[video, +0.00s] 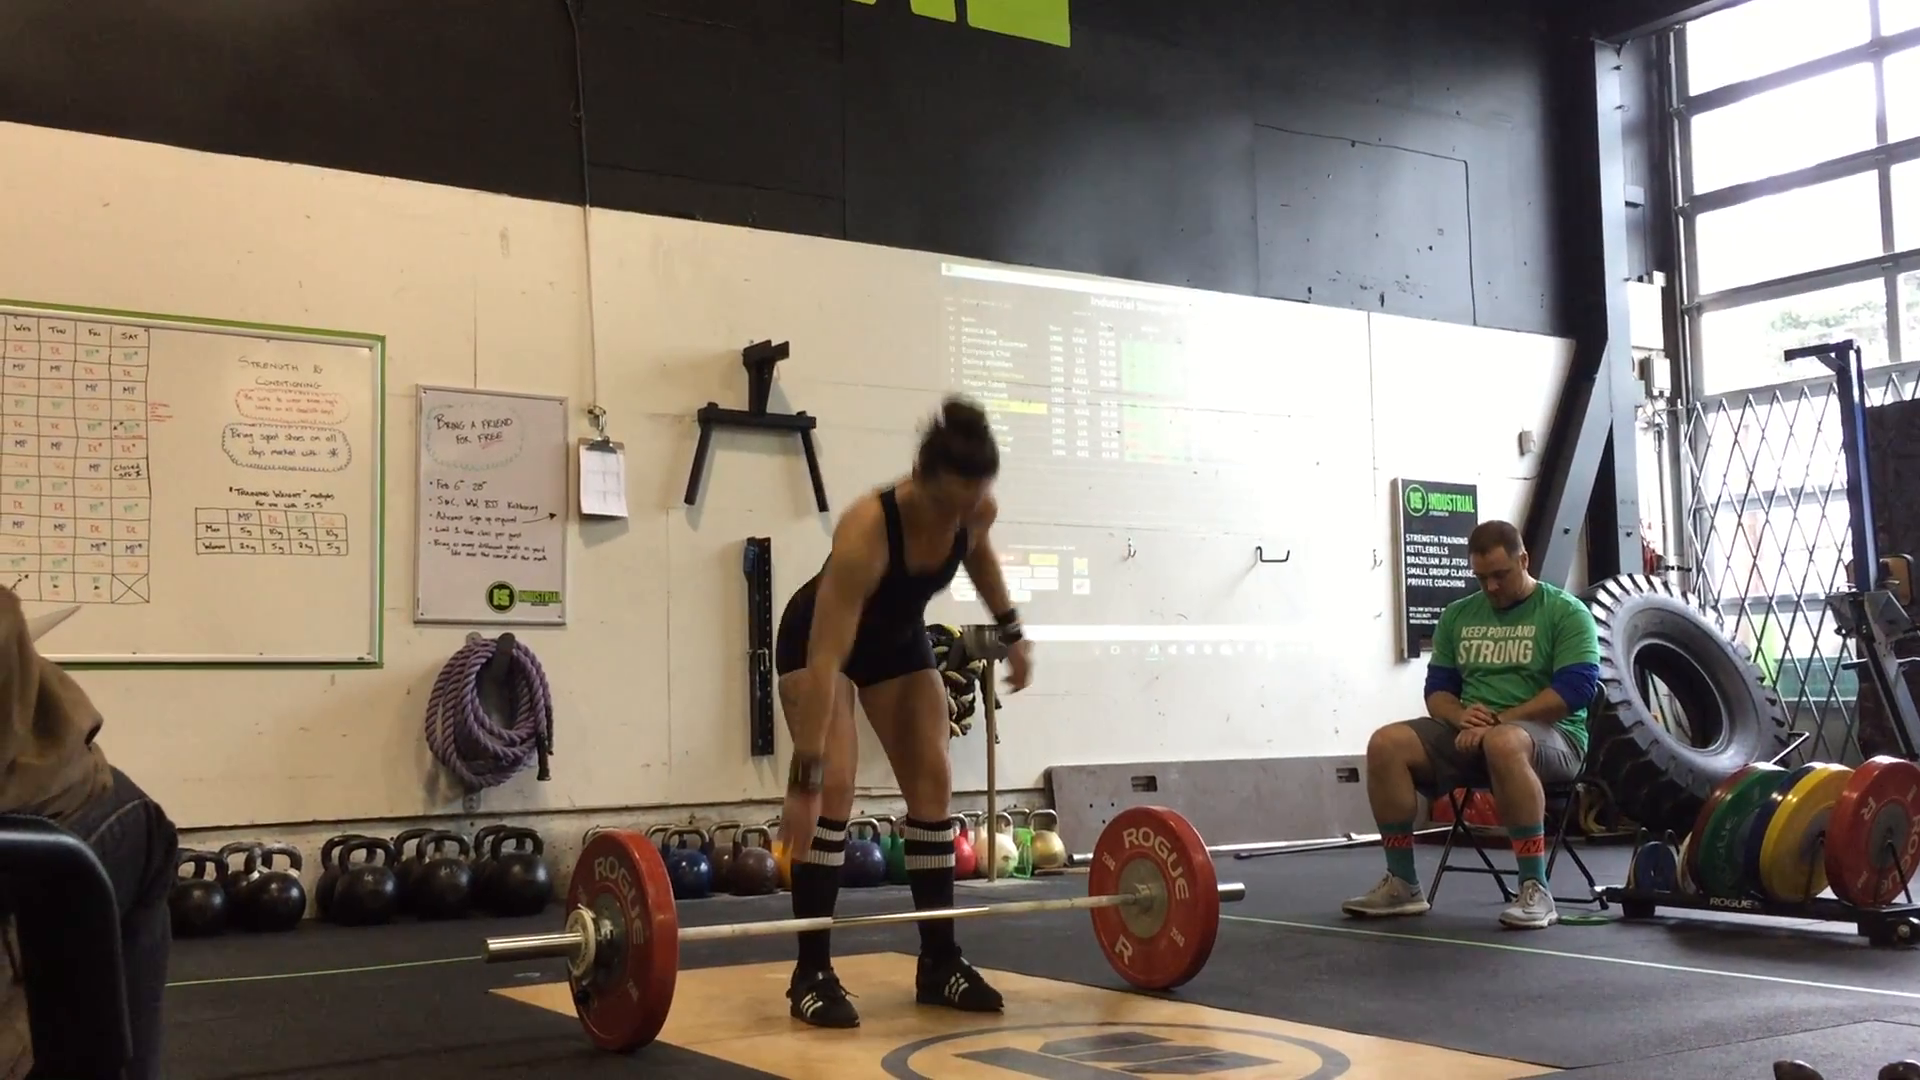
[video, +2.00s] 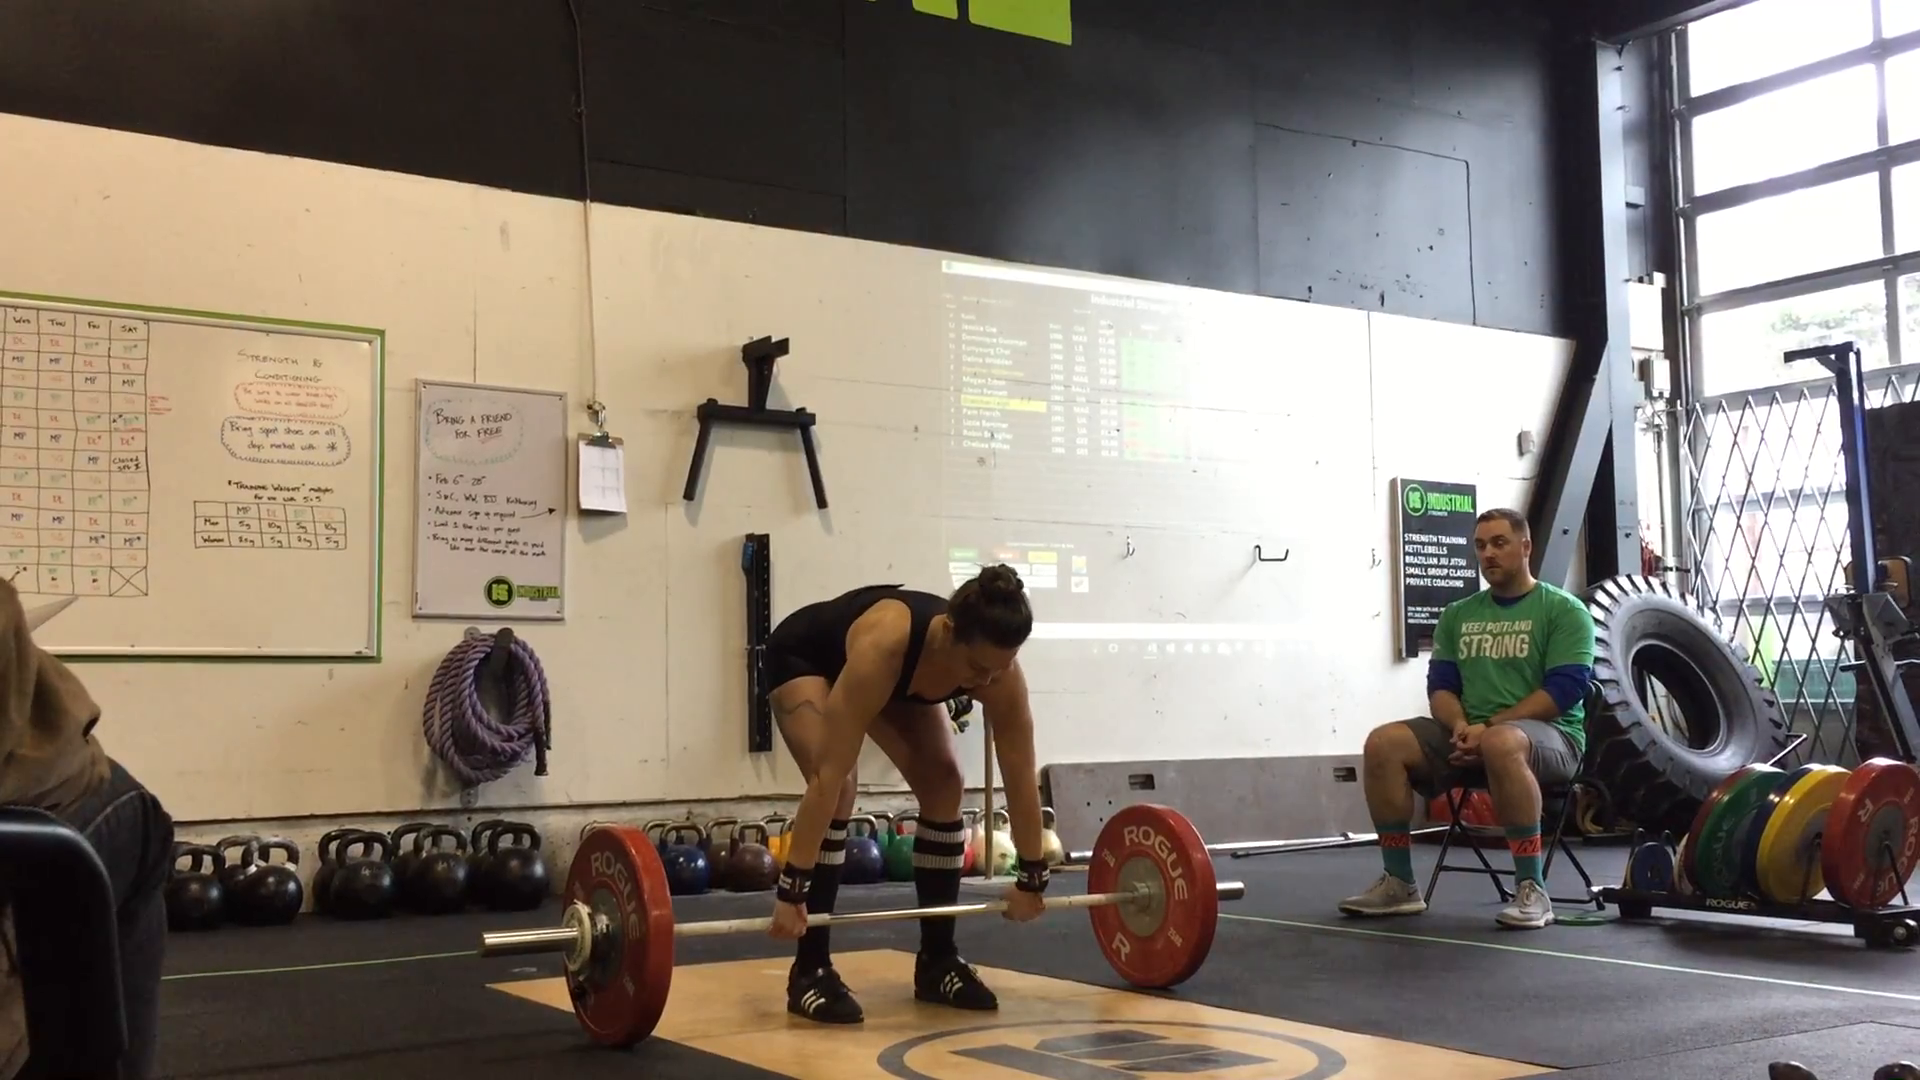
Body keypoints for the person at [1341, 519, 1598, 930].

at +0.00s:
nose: (1491, 587)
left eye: (1500, 575)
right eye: (1482, 577)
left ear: (1525, 560)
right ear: (1472, 569)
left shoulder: (1566, 611)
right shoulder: (1456, 616)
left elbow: (1577, 687)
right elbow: (1438, 692)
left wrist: (1498, 724)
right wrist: (1460, 715)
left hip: (1552, 735)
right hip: (1470, 735)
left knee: (1503, 743)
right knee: (1385, 744)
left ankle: (1534, 891)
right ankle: (1402, 885)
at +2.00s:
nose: (1488, 553)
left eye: (1498, 543)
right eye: (1480, 545)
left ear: (1526, 547)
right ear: (1475, 553)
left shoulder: (1564, 611)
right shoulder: (1456, 616)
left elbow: (1566, 689)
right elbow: (1441, 687)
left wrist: (1492, 728)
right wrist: (1459, 724)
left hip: (1549, 734)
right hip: (1469, 735)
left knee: (1501, 743)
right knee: (1382, 745)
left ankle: (1531, 891)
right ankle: (1399, 884)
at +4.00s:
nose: (1503, 555)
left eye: (1514, 545)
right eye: (1497, 546)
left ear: (1542, 549)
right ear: (1491, 552)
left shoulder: (1577, 612)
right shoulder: (1470, 615)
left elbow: (1577, 693)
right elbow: (1454, 688)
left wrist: (1502, 731)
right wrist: (1469, 724)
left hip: (1561, 736)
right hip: (1482, 736)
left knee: (1516, 742)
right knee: (1394, 744)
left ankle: (1544, 892)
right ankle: (1412, 885)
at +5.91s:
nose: (1499, 560)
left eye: (1510, 551)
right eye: (1492, 553)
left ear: (1538, 556)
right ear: (1487, 560)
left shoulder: (1573, 620)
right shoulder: (1466, 623)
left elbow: (1573, 701)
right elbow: (1449, 696)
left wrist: (1498, 739)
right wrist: (1464, 733)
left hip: (1556, 746)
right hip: (1476, 745)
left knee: (1512, 751)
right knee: (1389, 753)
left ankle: (1538, 901)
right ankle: (1407, 894)